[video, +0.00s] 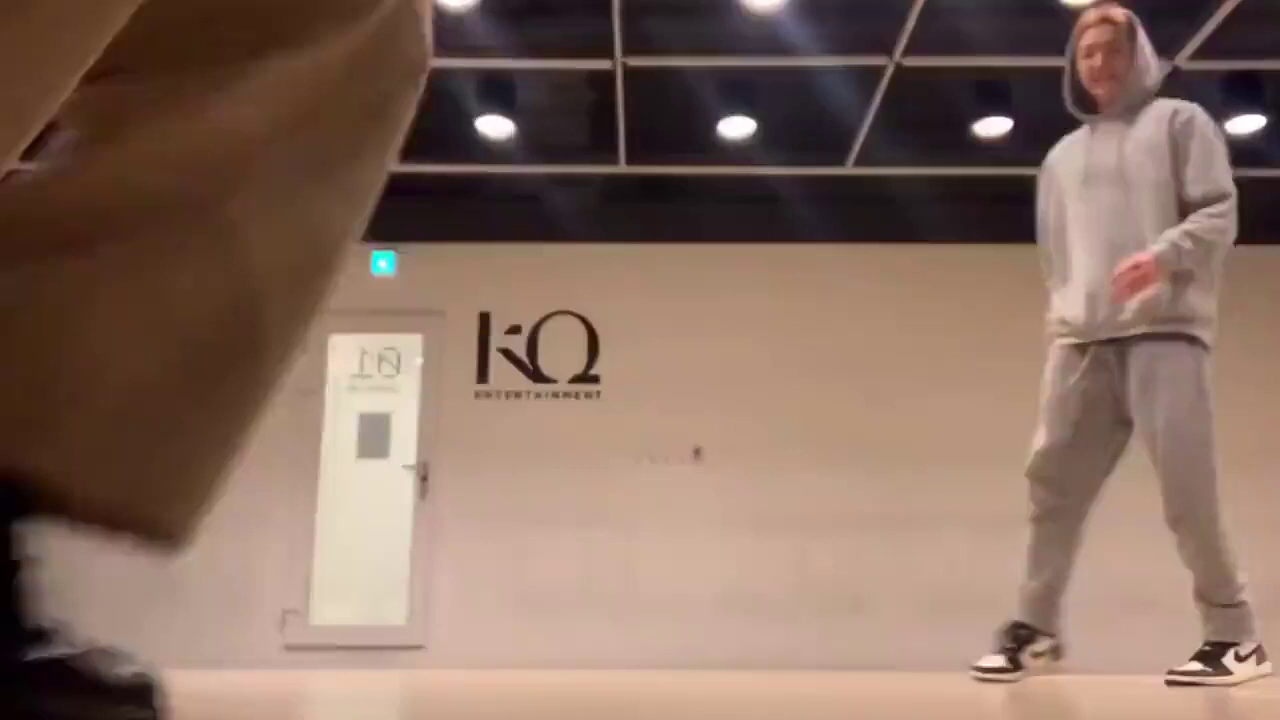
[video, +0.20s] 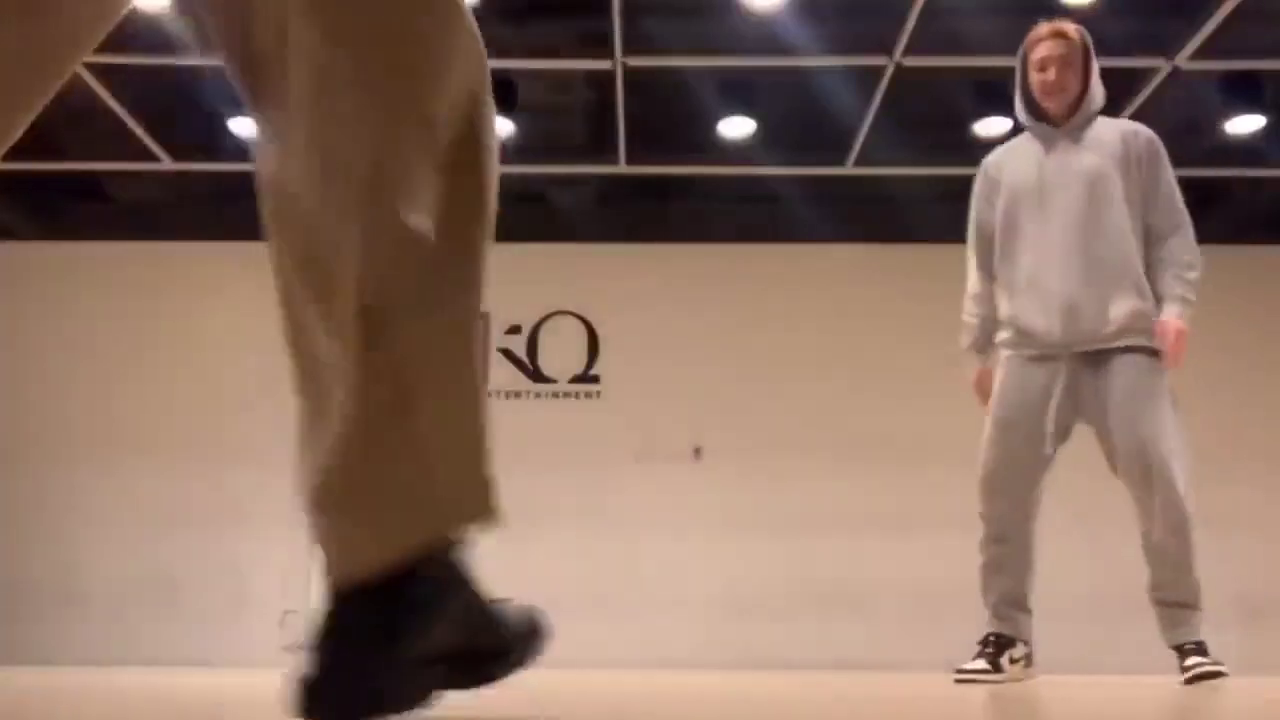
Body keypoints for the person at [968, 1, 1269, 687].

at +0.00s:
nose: (1099, 62)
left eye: (1111, 48)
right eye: (1088, 52)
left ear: (1137, 56)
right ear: (1074, 66)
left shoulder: (1181, 122)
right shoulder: (1062, 156)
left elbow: (1219, 216)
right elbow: (1057, 267)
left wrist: (1162, 258)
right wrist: (1060, 359)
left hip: (1167, 335)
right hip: (1086, 342)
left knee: (1187, 492)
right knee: (1053, 479)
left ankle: (1233, 638)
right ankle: (1036, 629)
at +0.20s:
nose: (1051, 76)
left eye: (1062, 64)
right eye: (1040, 65)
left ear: (1087, 70)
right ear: (1025, 76)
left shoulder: (1133, 144)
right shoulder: (999, 165)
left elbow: (1175, 238)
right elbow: (981, 266)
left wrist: (1174, 309)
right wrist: (982, 353)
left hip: (1123, 349)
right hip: (1030, 353)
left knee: (1160, 479)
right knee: (1002, 486)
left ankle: (1186, 636)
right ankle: (1005, 635)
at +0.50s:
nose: (1116, 69)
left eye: (1125, 61)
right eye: (1104, 58)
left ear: (1135, 78)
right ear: (1077, 69)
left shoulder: (1148, 165)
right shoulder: (1028, 147)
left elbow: (1180, 259)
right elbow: (987, 233)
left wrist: (1212, 336)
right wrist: (986, 324)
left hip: (1148, 362)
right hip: (1056, 358)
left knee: (1188, 477)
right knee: (1026, 499)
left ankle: (1185, 635)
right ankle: (1000, 634)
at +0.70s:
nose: (1199, 97)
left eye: (1199, 89)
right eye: (1188, 87)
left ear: (1174, 106)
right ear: (1152, 96)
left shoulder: (1173, 180)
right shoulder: (1126, 152)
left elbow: (1195, 291)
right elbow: (1093, 241)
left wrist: (1255, 342)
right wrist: (1091, 328)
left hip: (1201, 377)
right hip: (1140, 370)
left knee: (1245, 501)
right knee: (1072, 495)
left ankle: (1202, 643)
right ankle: (985, 625)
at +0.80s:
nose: (1235, 90)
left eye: (1232, 81)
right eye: (1224, 81)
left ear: (1199, 96)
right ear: (1195, 92)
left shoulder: (1206, 159)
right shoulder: (1175, 142)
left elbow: (1217, 278)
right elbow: (1160, 234)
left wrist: (1267, 327)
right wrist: (1156, 319)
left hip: (1238, 358)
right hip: (1192, 347)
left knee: (1255, 504)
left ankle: (1204, 639)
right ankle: (1055, 604)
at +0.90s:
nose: (1263, 80)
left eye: (1261, 69)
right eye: (1255, 69)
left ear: (1223, 81)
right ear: (1232, 77)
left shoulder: (1226, 139)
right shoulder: (1207, 132)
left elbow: (1213, 237)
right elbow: (1193, 228)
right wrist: (1196, 312)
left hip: (1249, 340)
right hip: (1223, 339)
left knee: (1252, 491)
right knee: (1228, 473)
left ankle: (1204, 640)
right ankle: (1122, 598)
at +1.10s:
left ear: (1269, 91)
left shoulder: (1271, 143)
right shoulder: (1272, 144)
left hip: (1256, 313)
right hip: (1263, 312)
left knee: (1255, 471)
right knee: (1256, 471)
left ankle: (1212, 633)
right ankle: (1211, 633)